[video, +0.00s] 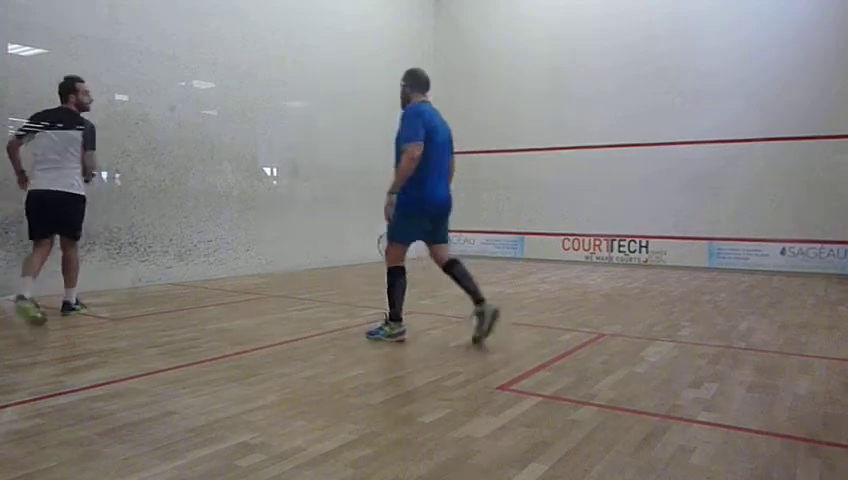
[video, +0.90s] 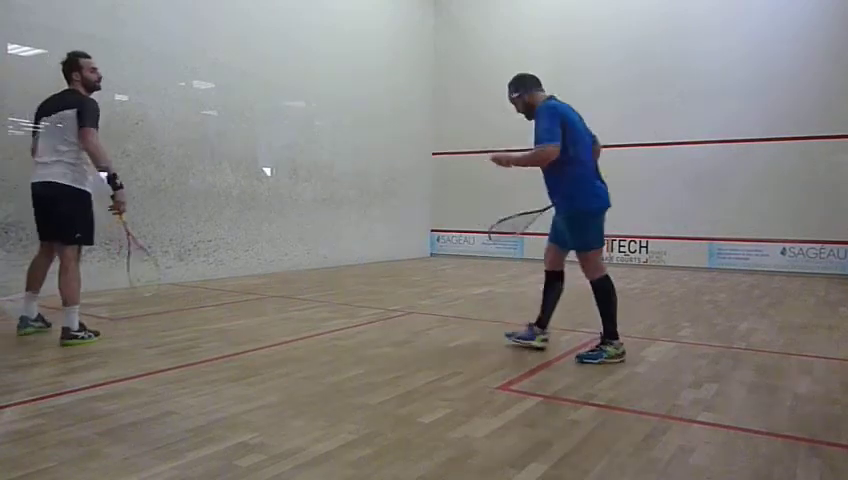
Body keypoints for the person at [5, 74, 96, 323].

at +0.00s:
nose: (90, 97)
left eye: (88, 92)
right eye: (85, 93)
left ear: (65, 97)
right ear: (71, 97)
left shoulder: (41, 117)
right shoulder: (85, 125)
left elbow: (12, 145)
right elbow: (89, 166)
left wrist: (19, 172)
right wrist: (86, 177)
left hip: (38, 194)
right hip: (71, 196)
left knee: (41, 245)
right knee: (69, 246)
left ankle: (24, 294)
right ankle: (70, 301)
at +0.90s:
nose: (99, 74)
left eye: (97, 69)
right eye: (93, 70)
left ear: (72, 77)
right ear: (76, 76)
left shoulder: (45, 105)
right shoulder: (87, 104)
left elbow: (36, 152)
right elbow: (88, 140)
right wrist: (115, 182)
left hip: (41, 186)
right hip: (71, 189)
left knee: (46, 251)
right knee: (69, 257)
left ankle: (28, 315)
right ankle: (72, 327)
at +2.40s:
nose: (92, 78)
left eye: (90, 73)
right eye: (87, 74)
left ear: (64, 78)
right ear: (71, 77)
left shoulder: (30, 103)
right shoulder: (83, 108)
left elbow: (13, 148)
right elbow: (91, 153)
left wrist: (22, 181)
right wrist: (105, 190)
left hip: (30, 190)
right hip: (69, 193)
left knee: (25, 251)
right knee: (70, 258)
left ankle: (12, 315)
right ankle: (72, 324)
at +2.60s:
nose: (66, 78)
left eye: (64, 73)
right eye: (62, 73)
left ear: (37, 77)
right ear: (50, 76)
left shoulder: (9, 104)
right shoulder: (65, 109)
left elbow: (1, 143)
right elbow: (82, 155)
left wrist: (4, 173)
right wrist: (82, 174)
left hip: (13, 190)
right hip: (53, 192)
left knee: (15, 251)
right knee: (67, 253)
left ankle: (11, 315)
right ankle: (70, 307)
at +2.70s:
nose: (56, 76)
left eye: (53, 71)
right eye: (52, 71)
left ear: (27, 78)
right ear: (42, 76)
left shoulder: (5, 102)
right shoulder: (59, 108)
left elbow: (3, 143)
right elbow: (75, 154)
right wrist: (65, 162)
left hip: (10, 189)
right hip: (48, 191)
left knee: (11, 249)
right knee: (60, 247)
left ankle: (10, 314)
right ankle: (62, 303)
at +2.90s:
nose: (45, 76)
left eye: (42, 72)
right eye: (42, 72)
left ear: (16, 78)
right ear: (34, 77)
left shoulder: (3, 102)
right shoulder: (55, 109)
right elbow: (65, 149)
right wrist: (37, 135)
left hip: (8, 187)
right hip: (44, 189)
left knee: (9, 248)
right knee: (41, 245)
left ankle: (10, 312)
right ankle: (46, 306)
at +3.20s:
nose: (48, 105)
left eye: (47, 101)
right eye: (47, 101)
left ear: (25, 101)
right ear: (46, 101)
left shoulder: (13, 119)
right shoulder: (58, 126)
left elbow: (2, 137)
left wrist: (7, 110)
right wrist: (15, 112)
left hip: (22, 195)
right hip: (57, 197)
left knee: (4, 250)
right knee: (40, 243)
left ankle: (9, 308)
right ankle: (42, 301)